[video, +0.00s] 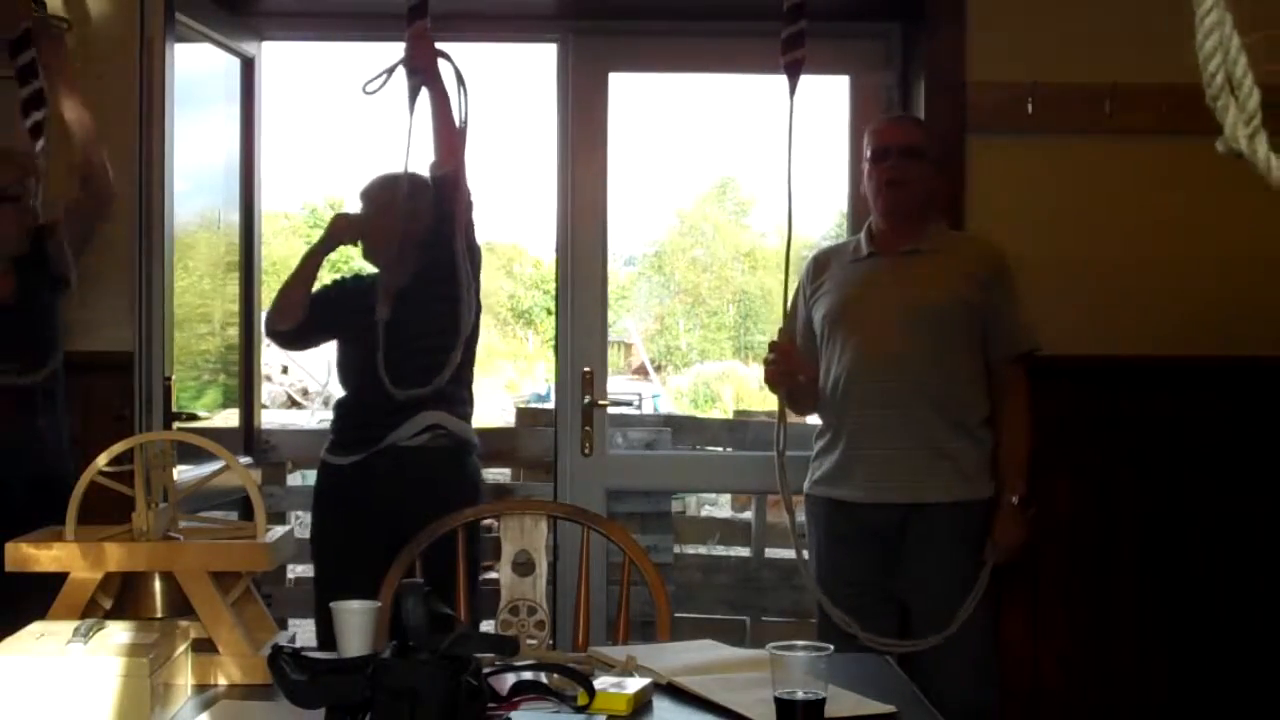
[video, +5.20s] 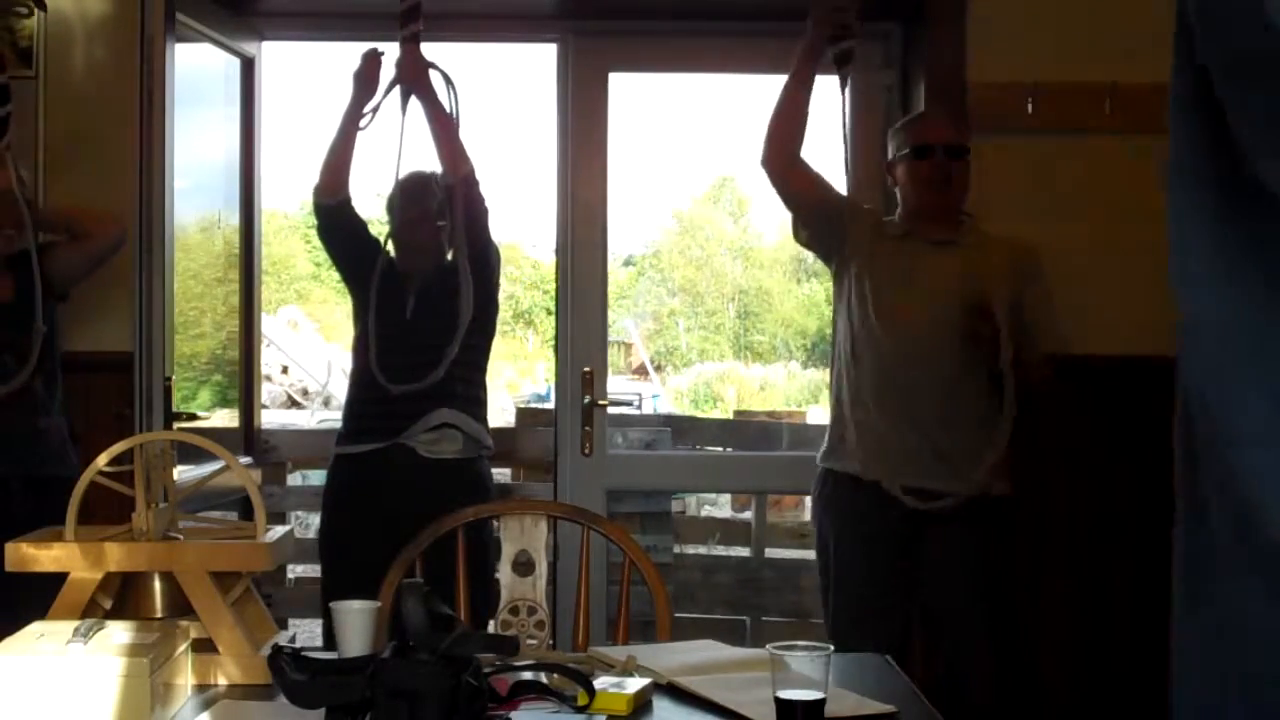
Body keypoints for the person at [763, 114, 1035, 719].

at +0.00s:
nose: (892, 168)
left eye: (909, 156)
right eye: (879, 157)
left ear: (935, 173)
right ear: (863, 175)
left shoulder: (976, 262)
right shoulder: (824, 268)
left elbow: (1010, 386)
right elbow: (809, 397)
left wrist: (1012, 498)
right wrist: (787, 380)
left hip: (950, 506)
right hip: (842, 505)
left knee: (953, 679)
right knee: (854, 677)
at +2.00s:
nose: (900, 173)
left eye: (917, 160)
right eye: (884, 161)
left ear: (939, 175)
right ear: (862, 177)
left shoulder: (979, 264)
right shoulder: (822, 269)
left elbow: (1010, 389)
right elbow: (805, 397)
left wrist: (1016, 503)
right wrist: (787, 384)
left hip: (952, 509)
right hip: (842, 508)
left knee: (953, 684)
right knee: (853, 681)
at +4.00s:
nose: (846, 173)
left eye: (865, 161)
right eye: (843, 162)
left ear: (910, 178)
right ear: (838, 175)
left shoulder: (958, 262)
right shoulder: (811, 272)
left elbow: (996, 383)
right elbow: (800, 397)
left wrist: (997, 498)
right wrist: (769, 386)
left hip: (933, 508)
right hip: (829, 508)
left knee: (940, 678)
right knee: (841, 676)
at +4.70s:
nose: (966, 176)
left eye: (966, 164)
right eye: (949, 165)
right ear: (894, 179)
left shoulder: (1000, 265)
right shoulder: (834, 259)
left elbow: (1031, 388)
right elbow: (763, 353)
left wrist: (1040, 496)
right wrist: (789, 280)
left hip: (970, 508)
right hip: (859, 506)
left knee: (969, 685)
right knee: (862, 681)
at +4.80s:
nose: (971, 172)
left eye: (971, 160)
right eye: (951, 160)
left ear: (977, 170)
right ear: (899, 178)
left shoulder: (1009, 262)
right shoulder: (851, 251)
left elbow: (1038, 384)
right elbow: (751, 301)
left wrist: (1053, 488)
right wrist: (797, 208)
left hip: (977, 509)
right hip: (868, 508)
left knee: (973, 686)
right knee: (864, 683)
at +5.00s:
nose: (960, 170)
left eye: (968, 158)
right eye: (942, 157)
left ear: (981, 169)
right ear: (903, 173)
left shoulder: (1016, 264)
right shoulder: (867, 245)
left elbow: (1046, 388)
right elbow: (757, 200)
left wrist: (1036, 494)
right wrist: (808, 90)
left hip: (977, 502)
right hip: (868, 502)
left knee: (977, 678)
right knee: (871, 675)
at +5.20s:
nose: (939, 167)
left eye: (953, 154)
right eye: (922, 153)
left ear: (969, 169)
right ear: (892, 170)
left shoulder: (1006, 261)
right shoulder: (857, 241)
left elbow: (1035, 388)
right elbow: (781, 159)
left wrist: (1005, 470)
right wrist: (812, 50)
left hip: (969, 505)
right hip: (861, 499)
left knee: (971, 675)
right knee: (866, 673)